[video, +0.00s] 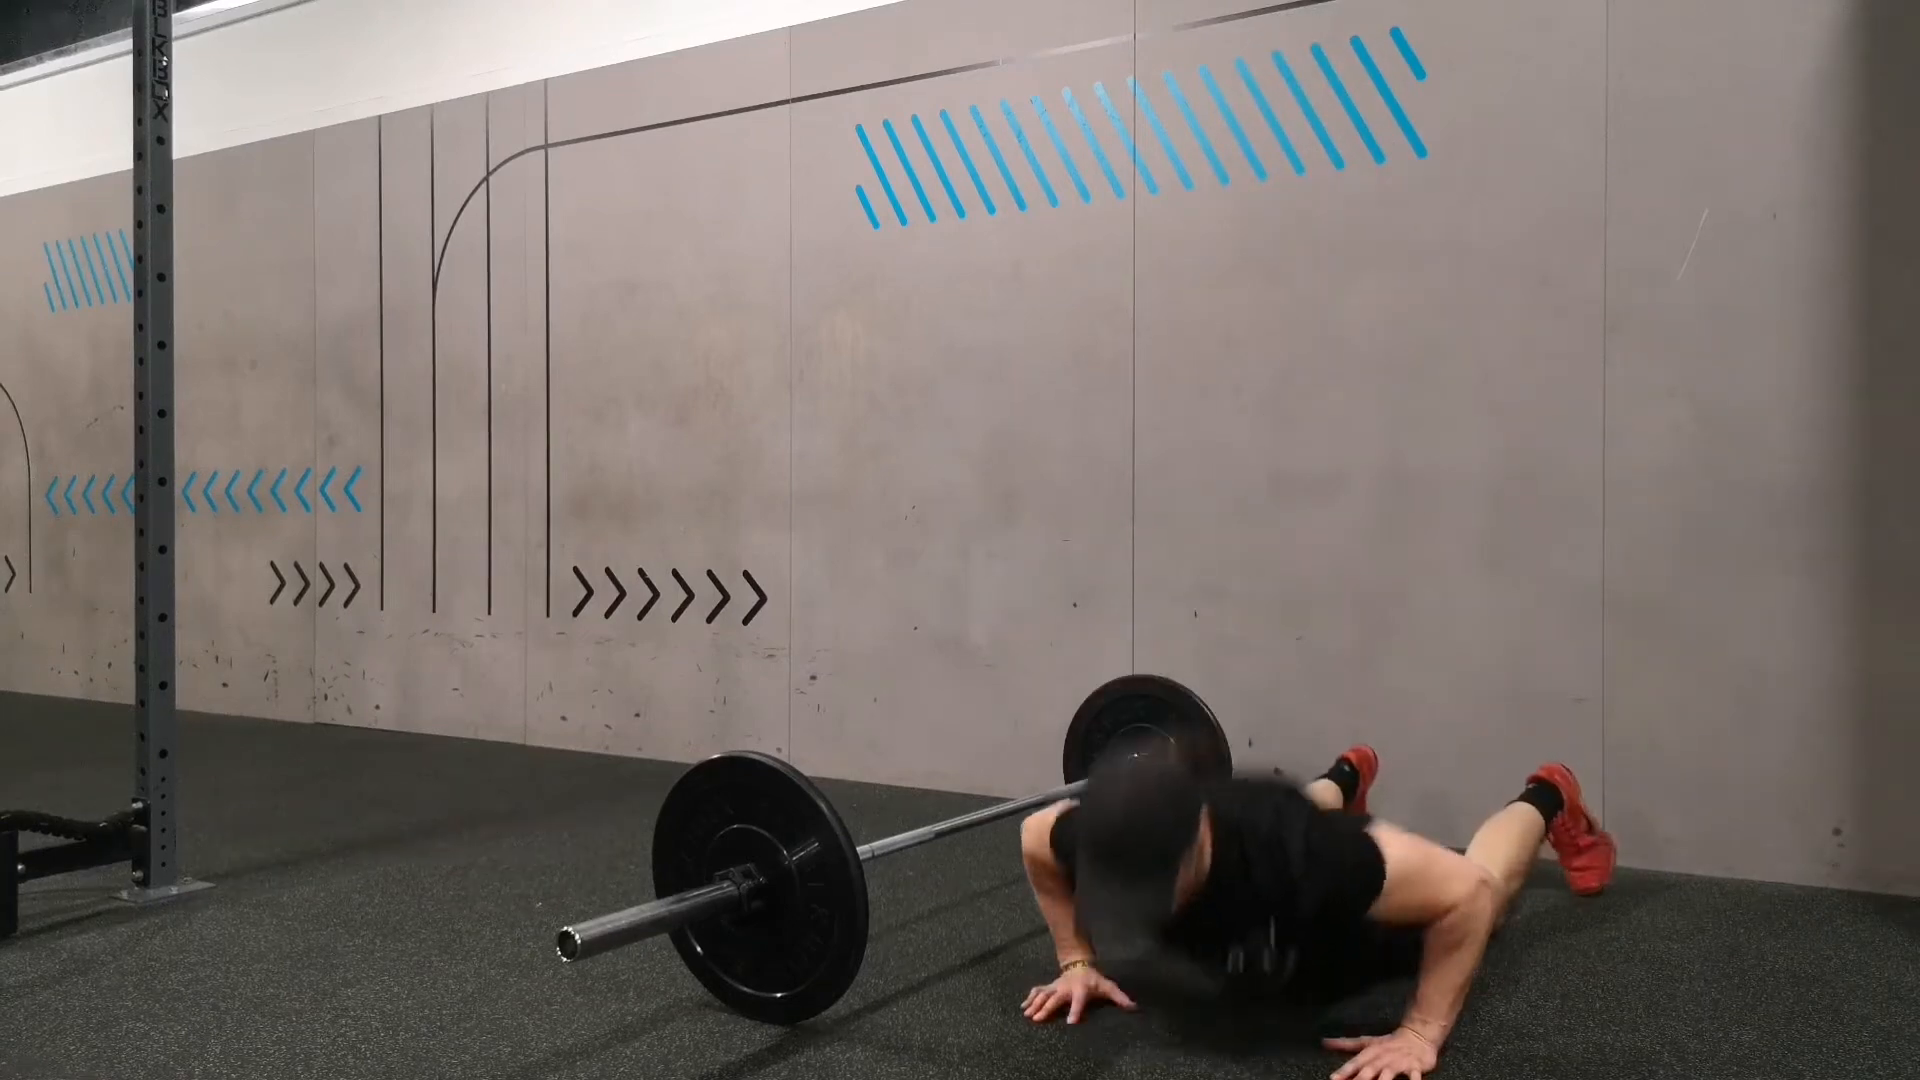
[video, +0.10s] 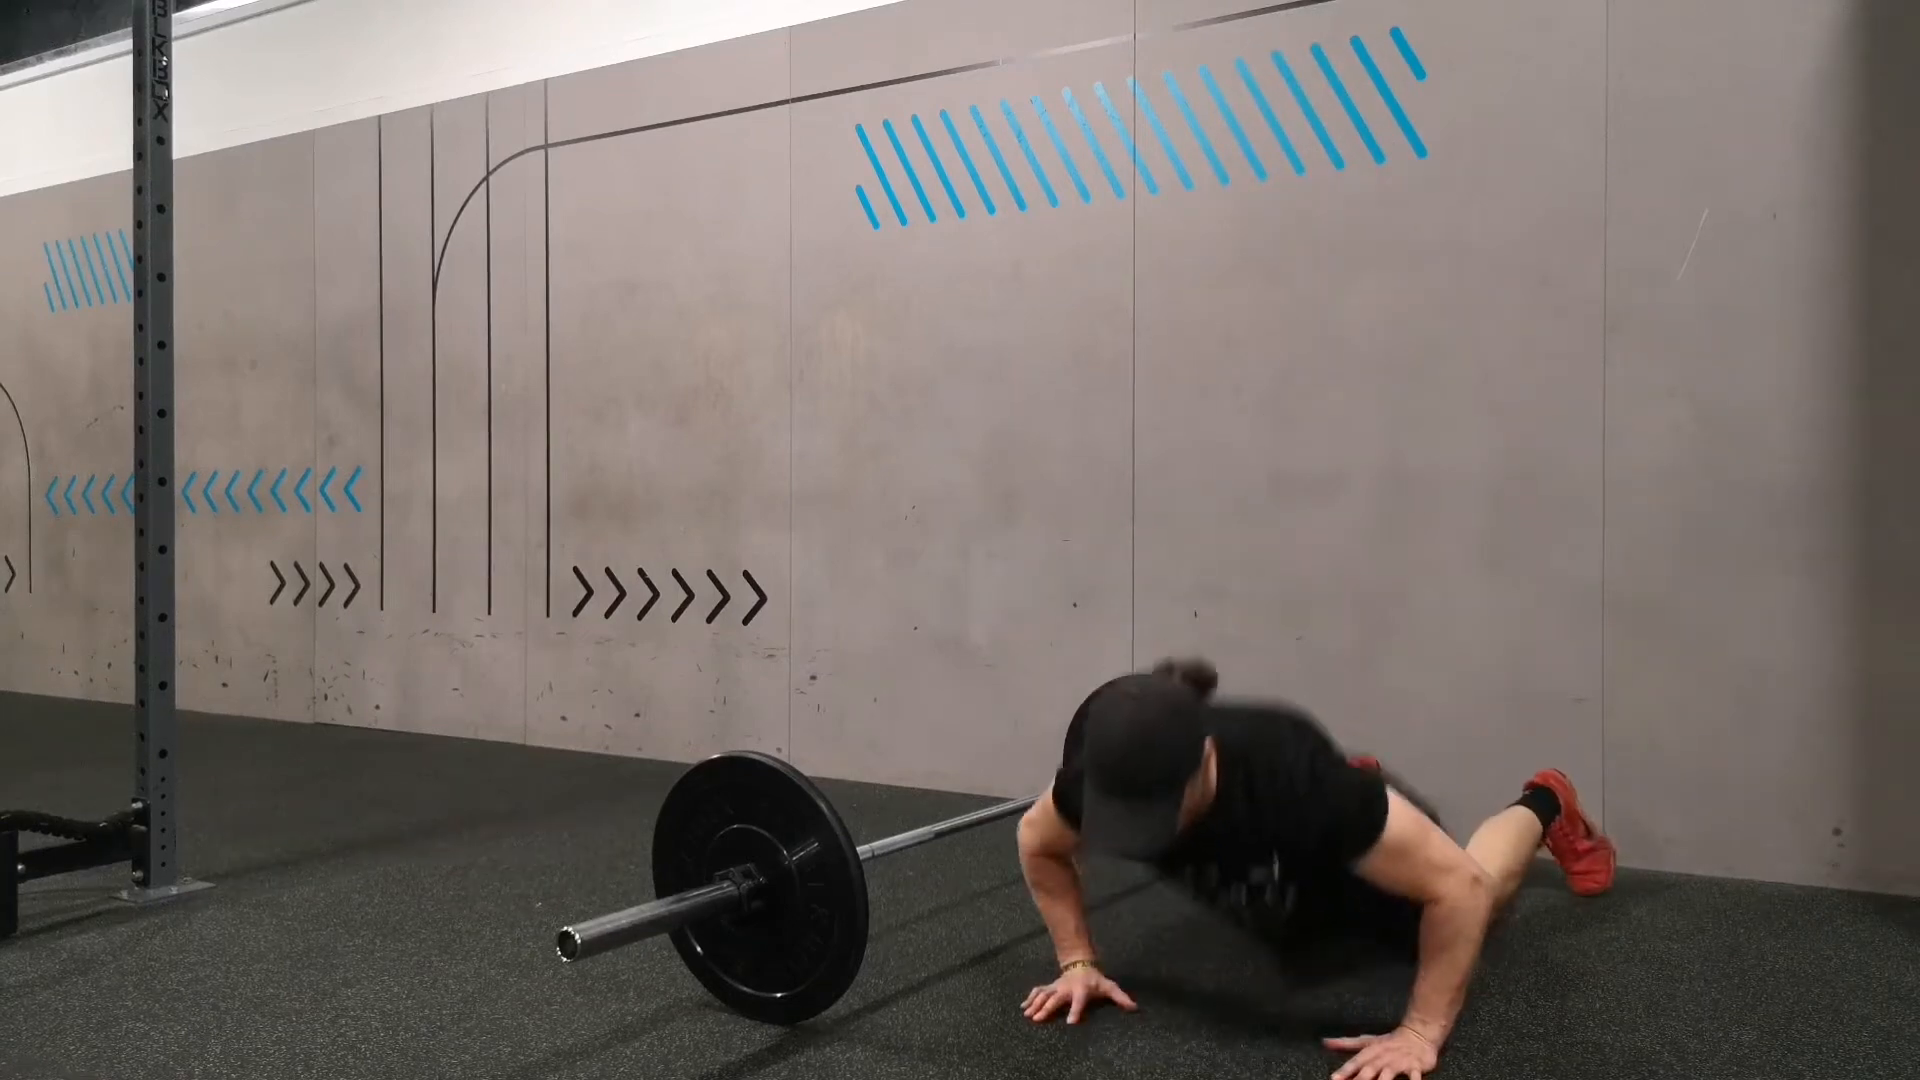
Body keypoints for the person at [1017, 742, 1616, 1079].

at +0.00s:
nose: (1146, 900)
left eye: (1160, 881)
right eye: (1129, 885)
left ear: (1200, 841)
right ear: (1094, 848)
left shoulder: (1304, 856)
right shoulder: (1095, 838)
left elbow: (1472, 893)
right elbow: (1035, 840)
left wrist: (1421, 1034)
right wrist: (1074, 958)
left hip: (1348, 936)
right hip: (1235, 930)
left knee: (1486, 880)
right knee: (1301, 825)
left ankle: (1544, 797)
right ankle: (1345, 780)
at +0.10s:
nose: (1138, 833)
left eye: (1154, 818)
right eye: (1123, 818)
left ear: (1201, 774)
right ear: (1093, 777)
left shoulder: (1289, 771)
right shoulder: (1099, 764)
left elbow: (1463, 889)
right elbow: (1040, 845)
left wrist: (1419, 1034)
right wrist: (1075, 960)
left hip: (1360, 869)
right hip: (1254, 883)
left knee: (1474, 888)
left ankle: (1544, 804)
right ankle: (1356, 789)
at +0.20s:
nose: (1141, 802)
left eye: (1156, 784)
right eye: (1125, 790)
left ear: (1200, 739)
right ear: (1089, 739)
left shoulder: (1301, 731)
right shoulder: (1098, 741)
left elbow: (1435, 871)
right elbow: (1045, 836)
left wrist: (1421, 1034)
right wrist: (1074, 961)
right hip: (1257, 799)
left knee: (1462, 849)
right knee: (1295, 849)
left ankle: (1563, 802)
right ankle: (1335, 835)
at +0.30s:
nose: (1138, 785)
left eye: (1152, 769)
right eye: (1120, 772)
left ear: (1194, 724)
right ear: (1081, 729)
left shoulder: (1286, 701)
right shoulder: (1091, 707)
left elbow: (1404, 866)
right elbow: (1055, 827)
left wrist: (1417, 1033)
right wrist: (1075, 962)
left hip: (1340, 603)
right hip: (1222, 614)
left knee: (1481, 786)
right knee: (1282, 790)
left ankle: (1564, 781)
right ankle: (1348, 813)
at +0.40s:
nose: (1139, 761)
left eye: (1155, 741)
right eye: (1127, 745)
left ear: (1197, 687)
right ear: (1097, 694)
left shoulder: (1287, 671)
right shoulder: (1102, 675)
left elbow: (1352, 848)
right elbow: (1077, 820)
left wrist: (1406, 1017)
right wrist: (1079, 961)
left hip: (1336, 508)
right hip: (1216, 518)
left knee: (1445, 741)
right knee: (1208, 757)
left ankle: (1528, 821)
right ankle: (1324, 758)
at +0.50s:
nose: (1148, 704)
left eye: (1153, 689)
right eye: (1127, 698)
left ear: (1179, 641)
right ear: (1091, 652)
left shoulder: (1266, 621)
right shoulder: (1113, 641)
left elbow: (1328, 794)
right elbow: (1107, 806)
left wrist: (1362, 969)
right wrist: (1086, 958)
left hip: (1343, 489)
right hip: (1221, 485)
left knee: (1403, 710)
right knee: (1144, 690)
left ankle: (1500, 888)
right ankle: (1241, 796)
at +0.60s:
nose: (1077, 620)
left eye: (1082, 601)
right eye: (1067, 611)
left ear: (1120, 561)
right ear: (1056, 589)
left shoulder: (1202, 554)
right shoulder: (1077, 596)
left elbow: (1287, 727)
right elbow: (1086, 754)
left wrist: (1339, 896)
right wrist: (1082, 912)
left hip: (1345, 559)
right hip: (1238, 585)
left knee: (1384, 750)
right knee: (1112, 703)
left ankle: (1536, 924)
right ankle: (1153, 875)